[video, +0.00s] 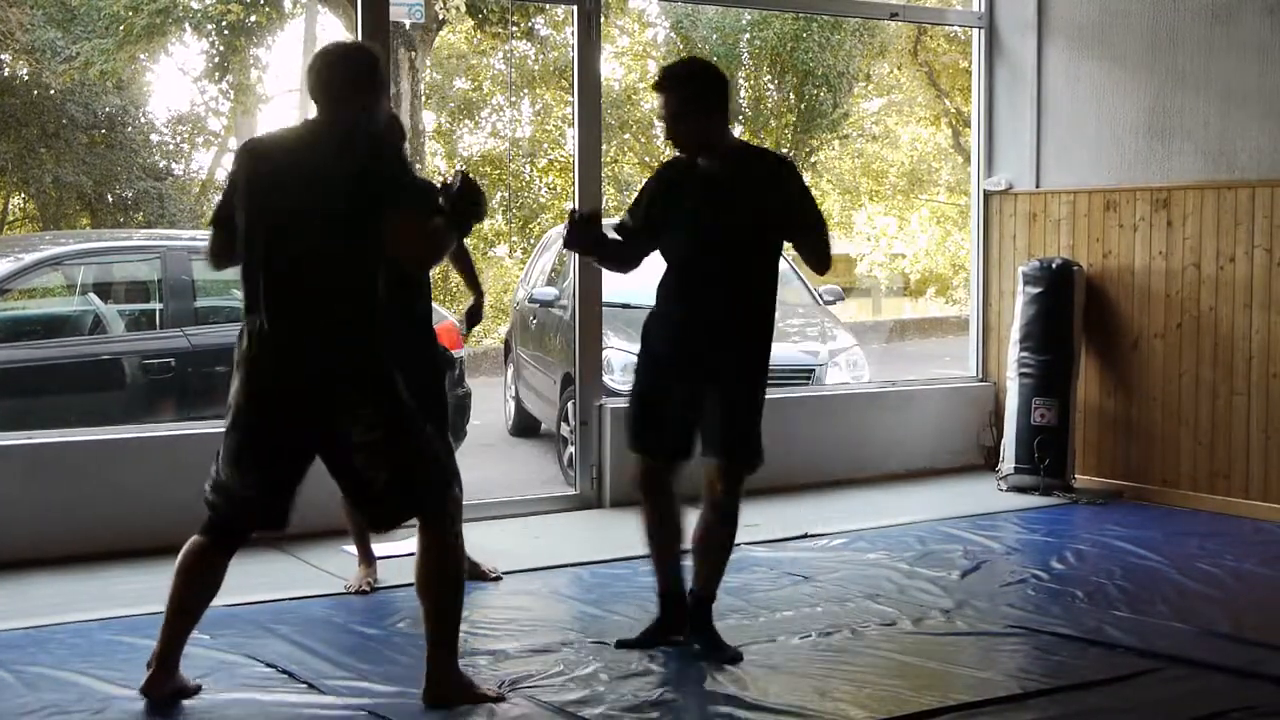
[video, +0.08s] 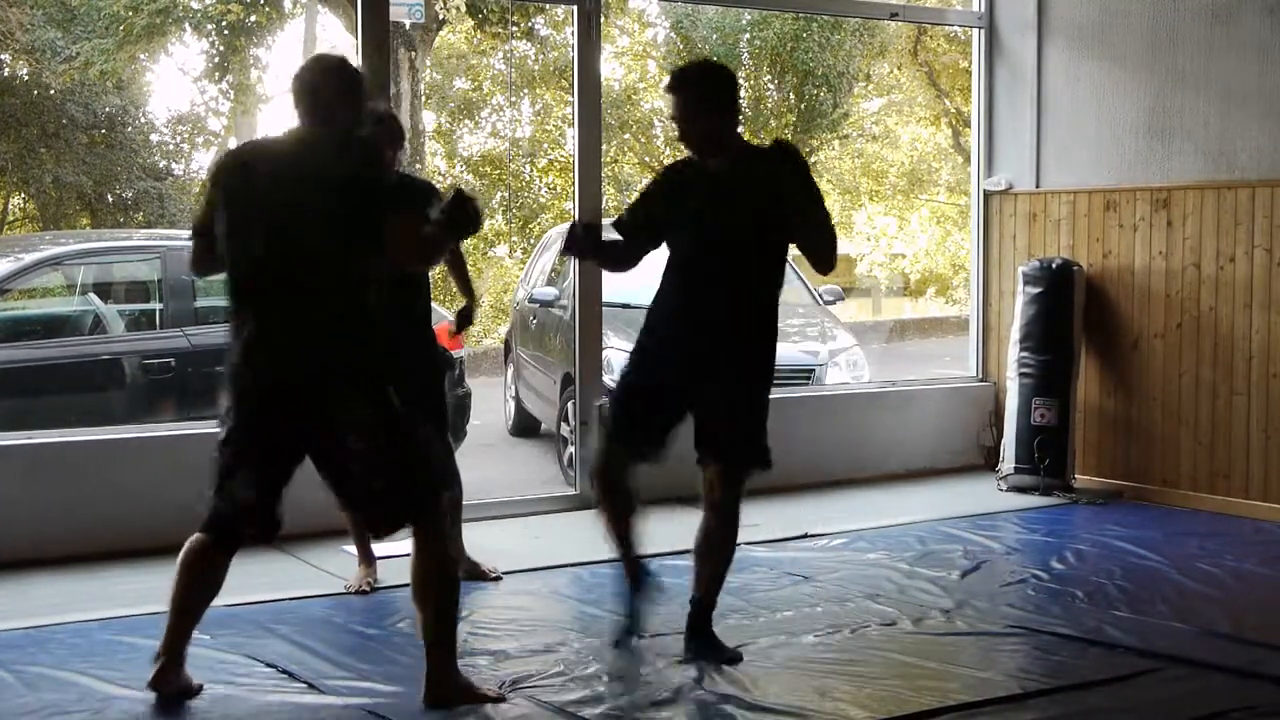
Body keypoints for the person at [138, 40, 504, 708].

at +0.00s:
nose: (388, 104)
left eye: (384, 93)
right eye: (384, 92)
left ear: (312, 92)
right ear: (370, 93)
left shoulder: (258, 157)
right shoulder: (380, 150)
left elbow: (223, 250)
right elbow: (417, 250)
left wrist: (300, 224)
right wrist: (457, 212)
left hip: (272, 378)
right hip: (368, 376)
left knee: (223, 524)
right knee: (439, 509)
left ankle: (162, 667)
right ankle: (443, 675)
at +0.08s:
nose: (358, 113)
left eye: (351, 101)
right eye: (357, 102)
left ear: (296, 101)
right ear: (354, 103)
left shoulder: (240, 166)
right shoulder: (371, 169)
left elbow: (207, 258)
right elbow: (409, 255)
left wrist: (282, 243)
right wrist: (454, 224)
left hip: (265, 381)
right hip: (357, 379)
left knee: (226, 519)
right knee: (435, 507)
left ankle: (169, 662)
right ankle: (443, 676)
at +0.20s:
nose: (327, 118)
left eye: (327, 106)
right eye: (326, 105)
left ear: (265, 94)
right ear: (310, 102)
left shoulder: (198, 153)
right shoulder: (302, 161)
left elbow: (171, 240)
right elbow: (336, 252)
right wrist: (386, 224)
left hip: (201, 376)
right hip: (283, 376)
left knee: (200, 530)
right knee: (356, 521)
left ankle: (165, 683)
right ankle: (414, 675)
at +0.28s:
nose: (310, 110)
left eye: (310, 97)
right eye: (310, 97)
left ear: (249, 80)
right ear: (294, 92)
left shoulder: (175, 133)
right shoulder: (280, 152)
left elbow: (145, 228)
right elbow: (324, 244)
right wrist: (364, 199)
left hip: (148, 348)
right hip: (224, 353)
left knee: (156, 510)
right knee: (289, 495)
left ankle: (151, 671)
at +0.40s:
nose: (278, 107)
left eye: (280, 96)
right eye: (278, 95)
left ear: (220, 78)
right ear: (263, 90)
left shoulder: (144, 127)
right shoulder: (258, 157)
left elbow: (105, 218)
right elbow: (298, 234)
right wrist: (359, 193)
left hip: (89, 330)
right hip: (164, 343)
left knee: (75, 463)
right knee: (165, 516)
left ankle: (57, 549)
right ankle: (64, 676)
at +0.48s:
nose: (260, 115)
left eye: (260, 103)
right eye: (258, 102)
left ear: (199, 89)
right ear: (240, 101)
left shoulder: (121, 135)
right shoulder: (231, 167)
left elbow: (78, 220)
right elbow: (258, 260)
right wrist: (307, 247)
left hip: (48, 350)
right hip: (125, 369)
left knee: (5, 509)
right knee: (146, 529)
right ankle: (59, 684)